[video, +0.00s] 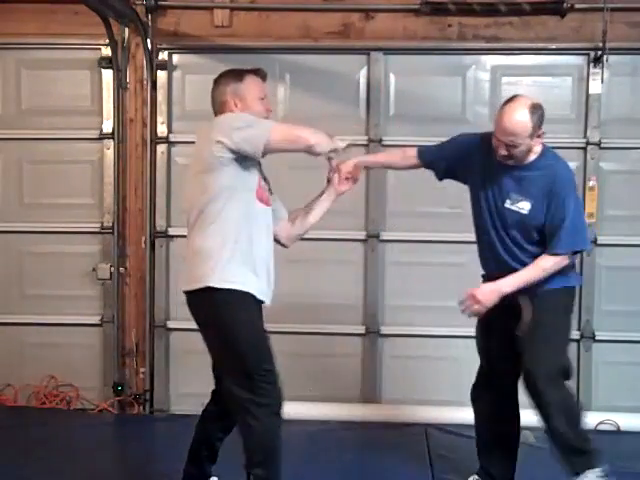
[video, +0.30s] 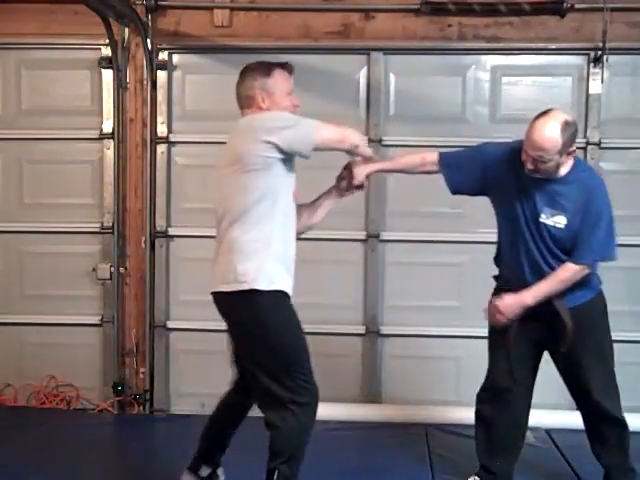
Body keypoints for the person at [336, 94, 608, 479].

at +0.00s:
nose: (499, 149)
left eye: (510, 144)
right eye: (496, 139)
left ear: (537, 140)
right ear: (493, 126)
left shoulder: (556, 176)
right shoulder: (474, 149)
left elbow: (562, 254)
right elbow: (417, 156)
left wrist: (498, 287)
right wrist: (360, 161)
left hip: (549, 289)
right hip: (498, 287)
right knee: (492, 387)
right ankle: (494, 474)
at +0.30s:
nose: (528, 163)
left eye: (540, 161)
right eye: (525, 153)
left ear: (569, 155)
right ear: (524, 139)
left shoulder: (588, 188)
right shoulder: (501, 160)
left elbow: (581, 264)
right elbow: (435, 161)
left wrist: (522, 299)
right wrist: (371, 166)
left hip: (576, 304)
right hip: (515, 299)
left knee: (598, 399)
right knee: (503, 394)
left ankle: (620, 473)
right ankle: (492, 475)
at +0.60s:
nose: (515, 151)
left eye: (524, 147)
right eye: (515, 142)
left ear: (556, 148)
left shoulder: (594, 189)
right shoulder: (505, 156)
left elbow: (604, 268)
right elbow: (444, 147)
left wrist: (570, 323)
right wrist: (383, 165)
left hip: (574, 304)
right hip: (515, 301)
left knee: (588, 392)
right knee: (503, 396)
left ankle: (614, 473)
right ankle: (493, 474)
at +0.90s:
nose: (518, 187)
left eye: (527, 184)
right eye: (519, 178)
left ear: (563, 183)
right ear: (521, 164)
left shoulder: (608, 216)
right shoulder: (518, 175)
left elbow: (635, 286)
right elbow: (444, 158)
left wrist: (620, 345)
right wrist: (383, 175)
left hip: (577, 319)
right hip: (524, 307)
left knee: (566, 424)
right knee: (498, 405)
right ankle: (494, 476)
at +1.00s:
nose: (516, 220)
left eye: (526, 217)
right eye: (515, 210)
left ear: (563, 213)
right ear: (516, 193)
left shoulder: (607, 236)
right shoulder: (514, 190)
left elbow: (637, 304)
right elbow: (441, 181)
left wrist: (625, 370)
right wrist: (381, 196)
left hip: (586, 321)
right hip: (532, 309)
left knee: (573, 423)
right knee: (505, 406)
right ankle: (494, 474)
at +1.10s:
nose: (507, 258)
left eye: (518, 258)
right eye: (508, 248)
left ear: (556, 253)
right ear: (513, 229)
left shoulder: (607, 263)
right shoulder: (509, 219)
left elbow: (636, 316)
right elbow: (431, 214)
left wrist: (622, 377)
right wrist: (372, 221)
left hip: (595, 322)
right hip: (539, 312)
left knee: (579, 417)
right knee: (519, 401)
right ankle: (495, 474)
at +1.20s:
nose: (503, 307)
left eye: (512, 307)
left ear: (552, 299)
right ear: (508, 276)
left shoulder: (607, 296)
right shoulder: (495, 252)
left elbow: (639, 330)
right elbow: (421, 231)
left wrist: (621, 380)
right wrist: (362, 229)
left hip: (600, 325)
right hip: (539, 314)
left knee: (585, 422)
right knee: (523, 403)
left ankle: (579, 476)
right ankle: (495, 476)